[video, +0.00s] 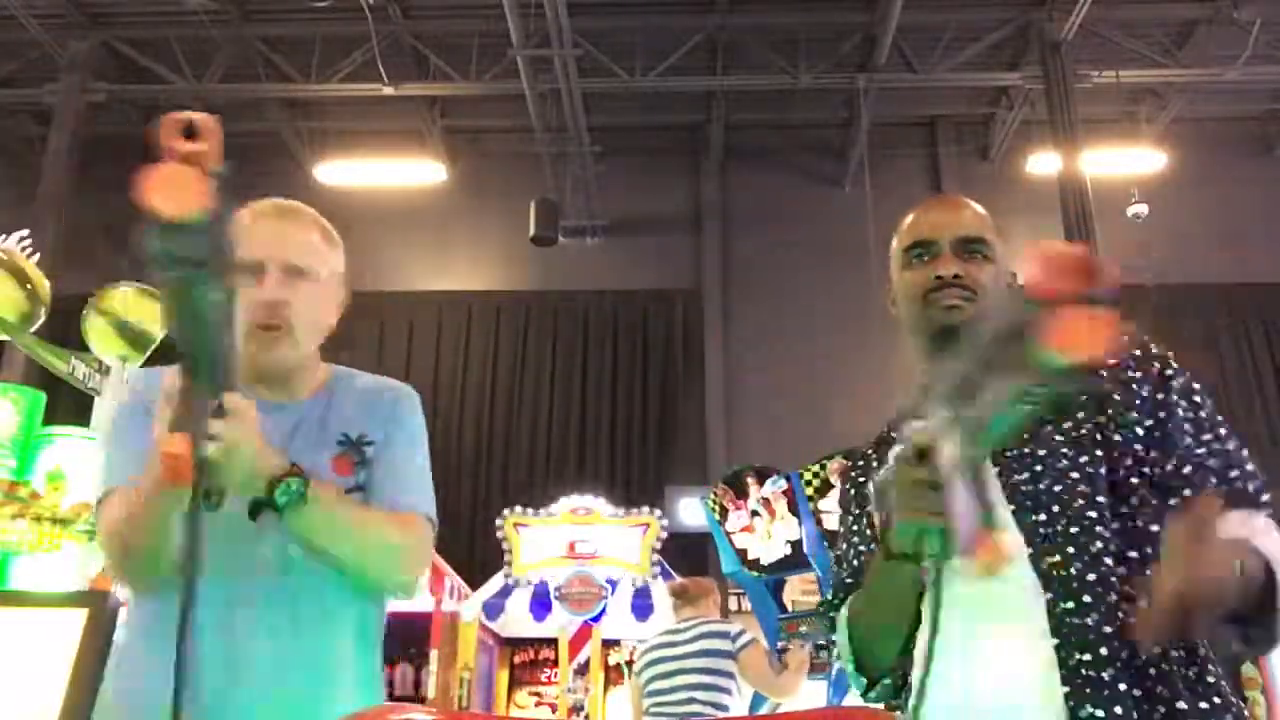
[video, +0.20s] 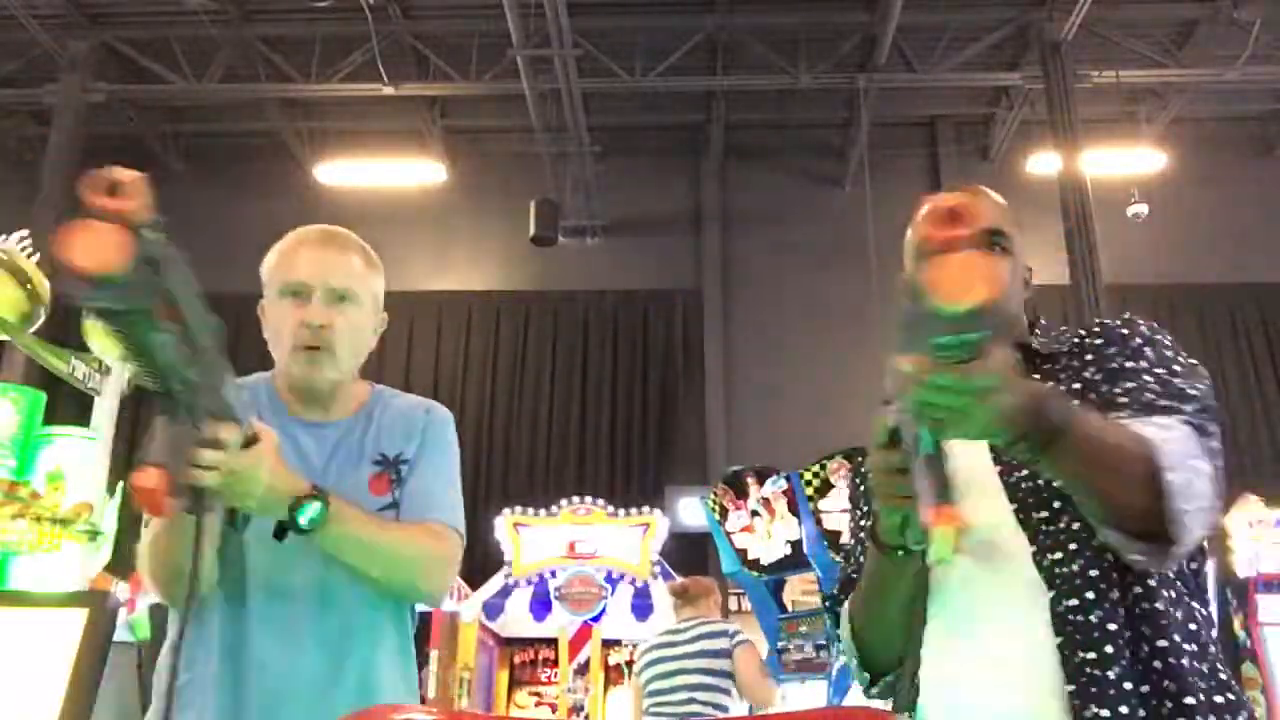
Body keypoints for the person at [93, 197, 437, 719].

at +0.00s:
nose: (271, 293)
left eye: (297, 274)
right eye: (250, 272)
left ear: (337, 303)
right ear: (217, 288)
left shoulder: (385, 409)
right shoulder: (150, 398)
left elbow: (404, 563)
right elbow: (132, 564)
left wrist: (270, 473)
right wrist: (170, 470)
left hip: (320, 706)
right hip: (155, 704)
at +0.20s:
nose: (316, 317)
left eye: (341, 299)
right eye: (296, 295)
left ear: (377, 326)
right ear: (264, 317)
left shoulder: (421, 426)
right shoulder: (211, 411)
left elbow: (433, 573)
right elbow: (174, 587)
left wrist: (291, 497)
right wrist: (195, 485)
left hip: (364, 709)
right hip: (213, 706)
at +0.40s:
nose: (280, 312)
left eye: (308, 293)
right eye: (261, 289)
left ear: (347, 325)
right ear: (228, 307)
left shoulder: (400, 419)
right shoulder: (175, 418)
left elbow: (431, 570)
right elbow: (168, 588)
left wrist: (302, 510)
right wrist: (208, 512)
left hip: (353, 708)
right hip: (199, 707)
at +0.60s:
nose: (306, 317)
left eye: (331, 300)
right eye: (286, 295)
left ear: (365, 327)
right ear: (249, 314)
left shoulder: (406, 424)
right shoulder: (187, 417)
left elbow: (411, 575)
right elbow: (154, 589)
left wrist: (257, 505)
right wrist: (157, 494)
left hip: (346, 709)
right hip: (197, 709)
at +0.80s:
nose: (335, 329)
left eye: (358, 315)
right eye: (316, 307)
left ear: (383, 335)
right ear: (277, 323)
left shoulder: (420, 439)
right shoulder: (213, 419)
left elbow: (450, 582)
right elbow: (203, 574)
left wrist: (358, 525)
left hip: (363, 709)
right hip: (213, 708)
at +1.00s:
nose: (315, 326)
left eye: (341, 309)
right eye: (295, 304)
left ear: (374, 333)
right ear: (260, 319)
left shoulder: (409, 429)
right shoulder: (194, 422)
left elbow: (435, 573)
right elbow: (182, 583)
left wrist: (316, 517)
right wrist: (234, 512)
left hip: (356, 707)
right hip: (203, 708)